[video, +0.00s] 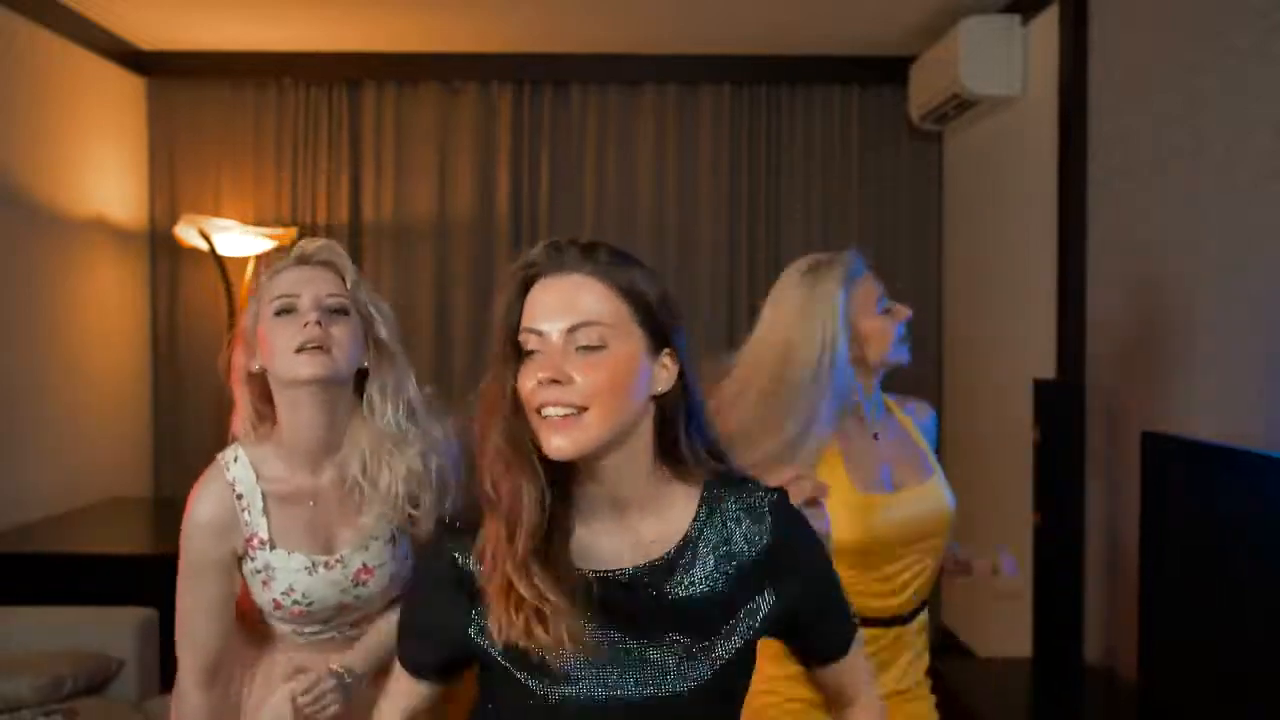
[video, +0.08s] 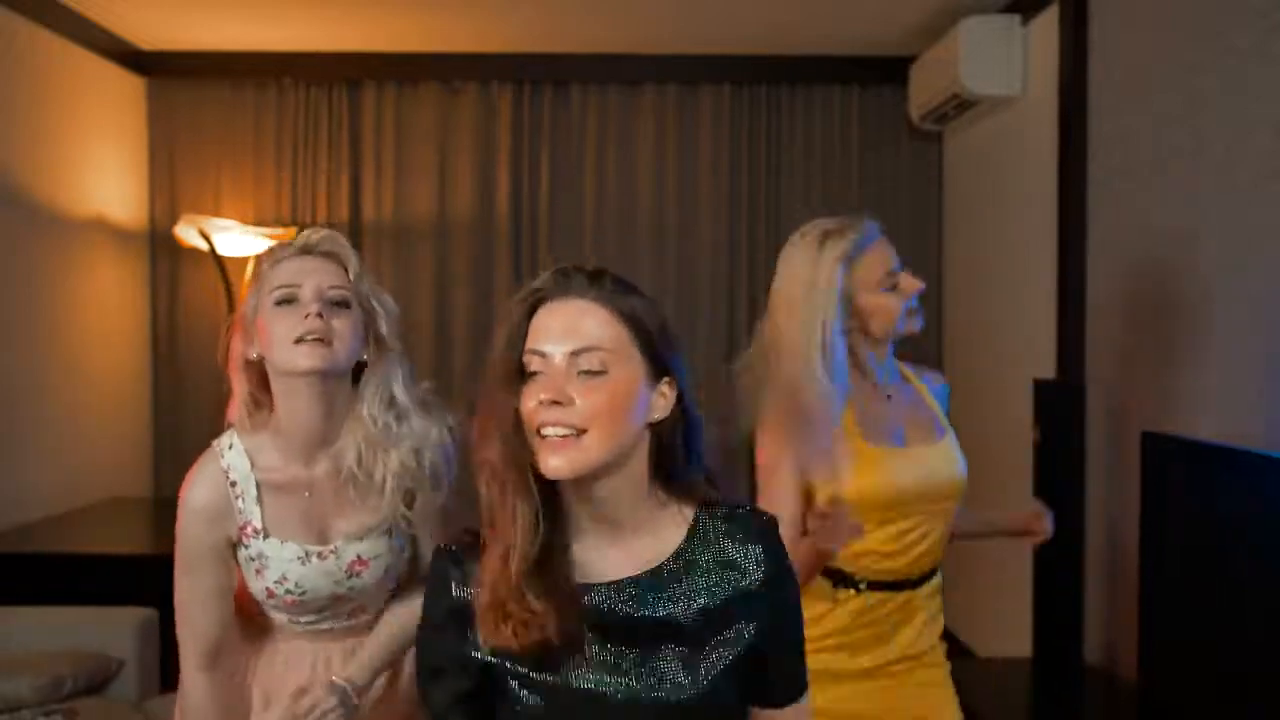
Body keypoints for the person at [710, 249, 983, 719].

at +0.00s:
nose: (905, 313)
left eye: (892, 302)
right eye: (883, 308)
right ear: (835, 333)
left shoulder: (915, 419)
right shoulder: (784, 440)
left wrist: (946, 560)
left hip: (902, 681)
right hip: (798, 686)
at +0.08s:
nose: (916, 285)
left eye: (904, 272)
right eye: (891, 283)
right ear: (839, 310)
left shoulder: (927, 388)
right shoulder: (795, 408)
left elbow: (920, 518)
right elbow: (772, 570)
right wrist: (817, 545)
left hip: (917, 656)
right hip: (825, 664)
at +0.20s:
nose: (922, 273)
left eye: (924, 251)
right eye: (892, 267)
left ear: (936, 248)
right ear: (847, 285)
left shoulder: (962, 373)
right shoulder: (812, 369)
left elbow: (952, 501)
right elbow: (767, 507)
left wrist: (1041, 483)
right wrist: (799, 533)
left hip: (939, 625)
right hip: (839, 629)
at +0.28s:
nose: (917, 298)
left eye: (931, 274)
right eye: (893, 282)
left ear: (958, 278)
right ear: (866, 293)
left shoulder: (985, 407)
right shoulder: (822, 392)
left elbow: (972, 542)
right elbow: (775, 522)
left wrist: (1067, 496)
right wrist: (809, 555)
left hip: (949, 663)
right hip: (845, 661)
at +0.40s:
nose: (904, 329)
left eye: (931, 319)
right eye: (908, 314)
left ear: (984, 348)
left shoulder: (1005, 468)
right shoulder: (834, 431)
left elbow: (1016, 616)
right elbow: (779, 561)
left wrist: (1102, 559)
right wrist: (795, 683)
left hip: (956, 695)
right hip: (848, 692)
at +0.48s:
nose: (896, 309)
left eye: (923, 308)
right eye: (908, 295)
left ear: (973, 341)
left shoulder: (1006, 453)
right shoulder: (839, 403)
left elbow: (1011, 597)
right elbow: (792, 531)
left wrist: (1099, 558)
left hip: (951, 674)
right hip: (844, 663)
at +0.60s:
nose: (864, 287)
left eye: (886, 287)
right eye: (872, 272)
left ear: (939, 302)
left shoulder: (979, 374)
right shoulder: (843, 345)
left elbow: (1005, 543)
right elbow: (789, 453)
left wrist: (1083, 521)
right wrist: (731, 363)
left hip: (933, 612)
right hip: (839, 605)